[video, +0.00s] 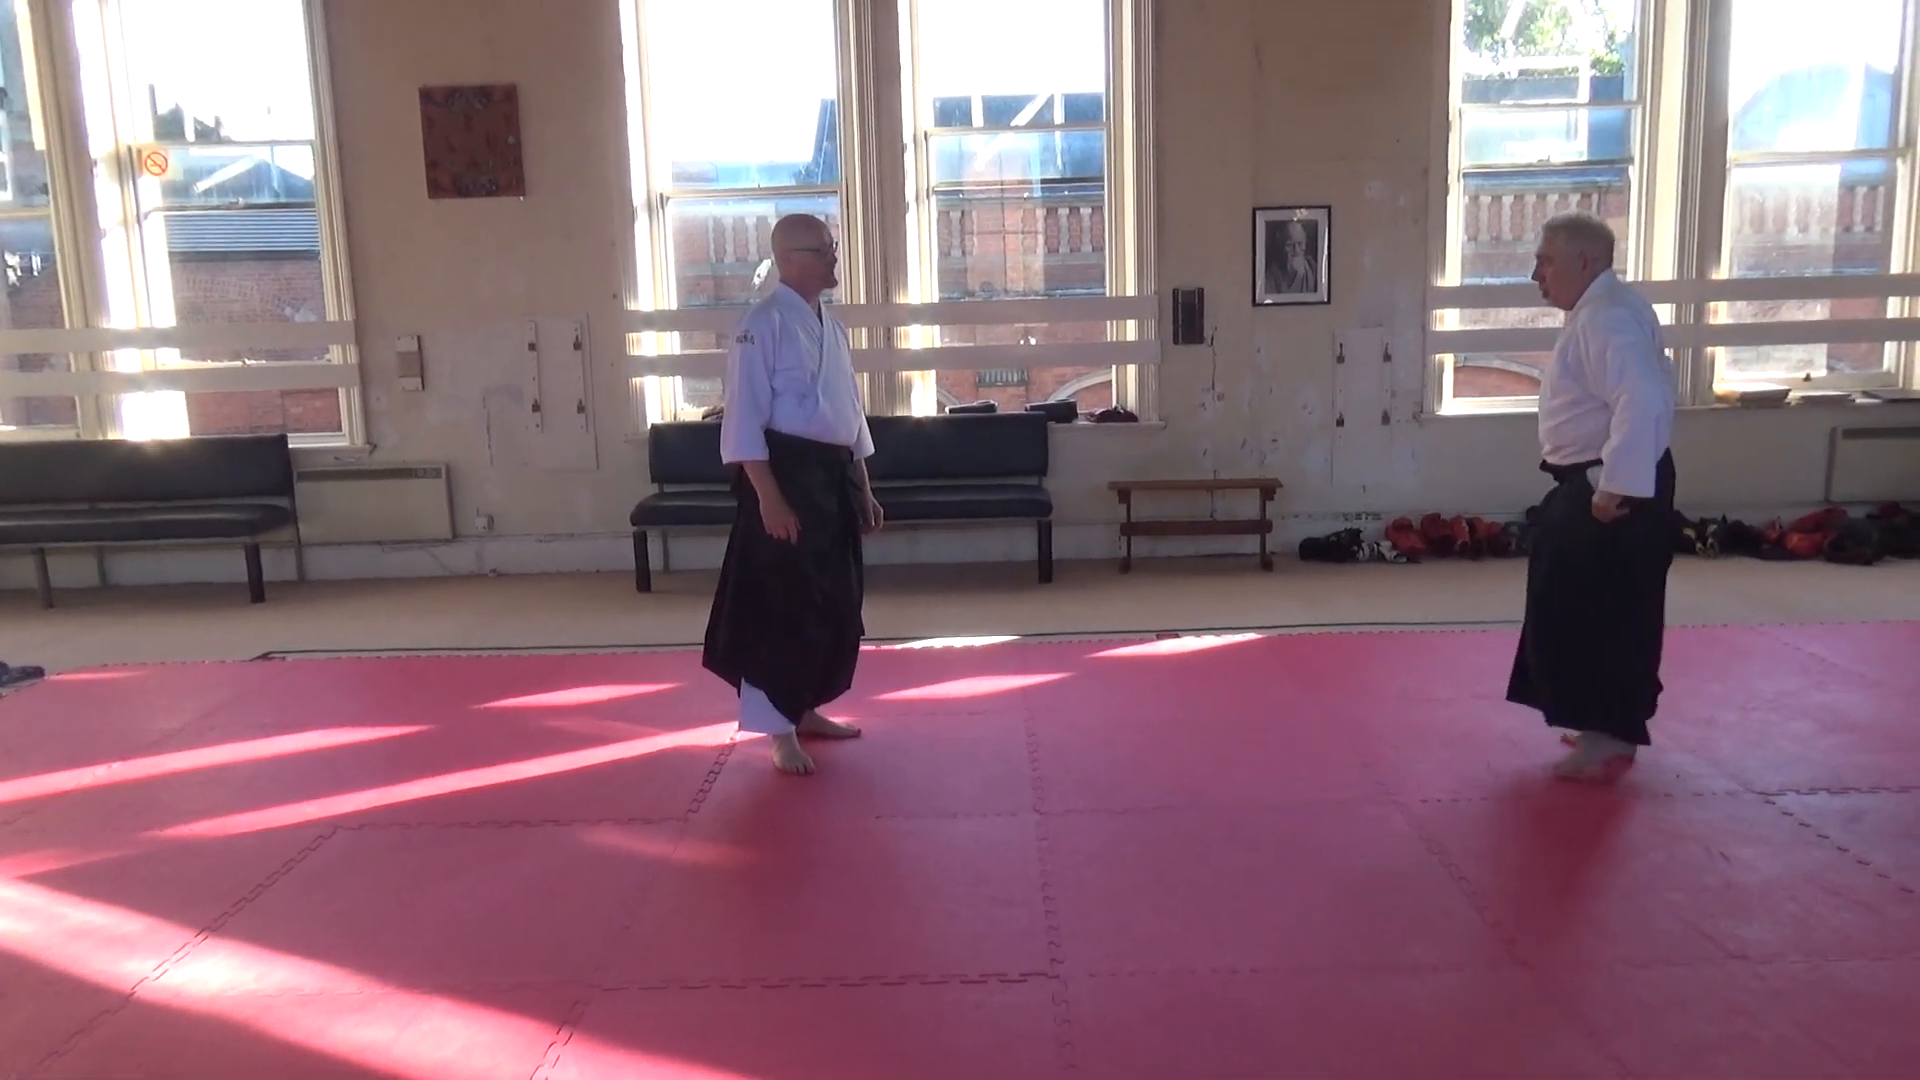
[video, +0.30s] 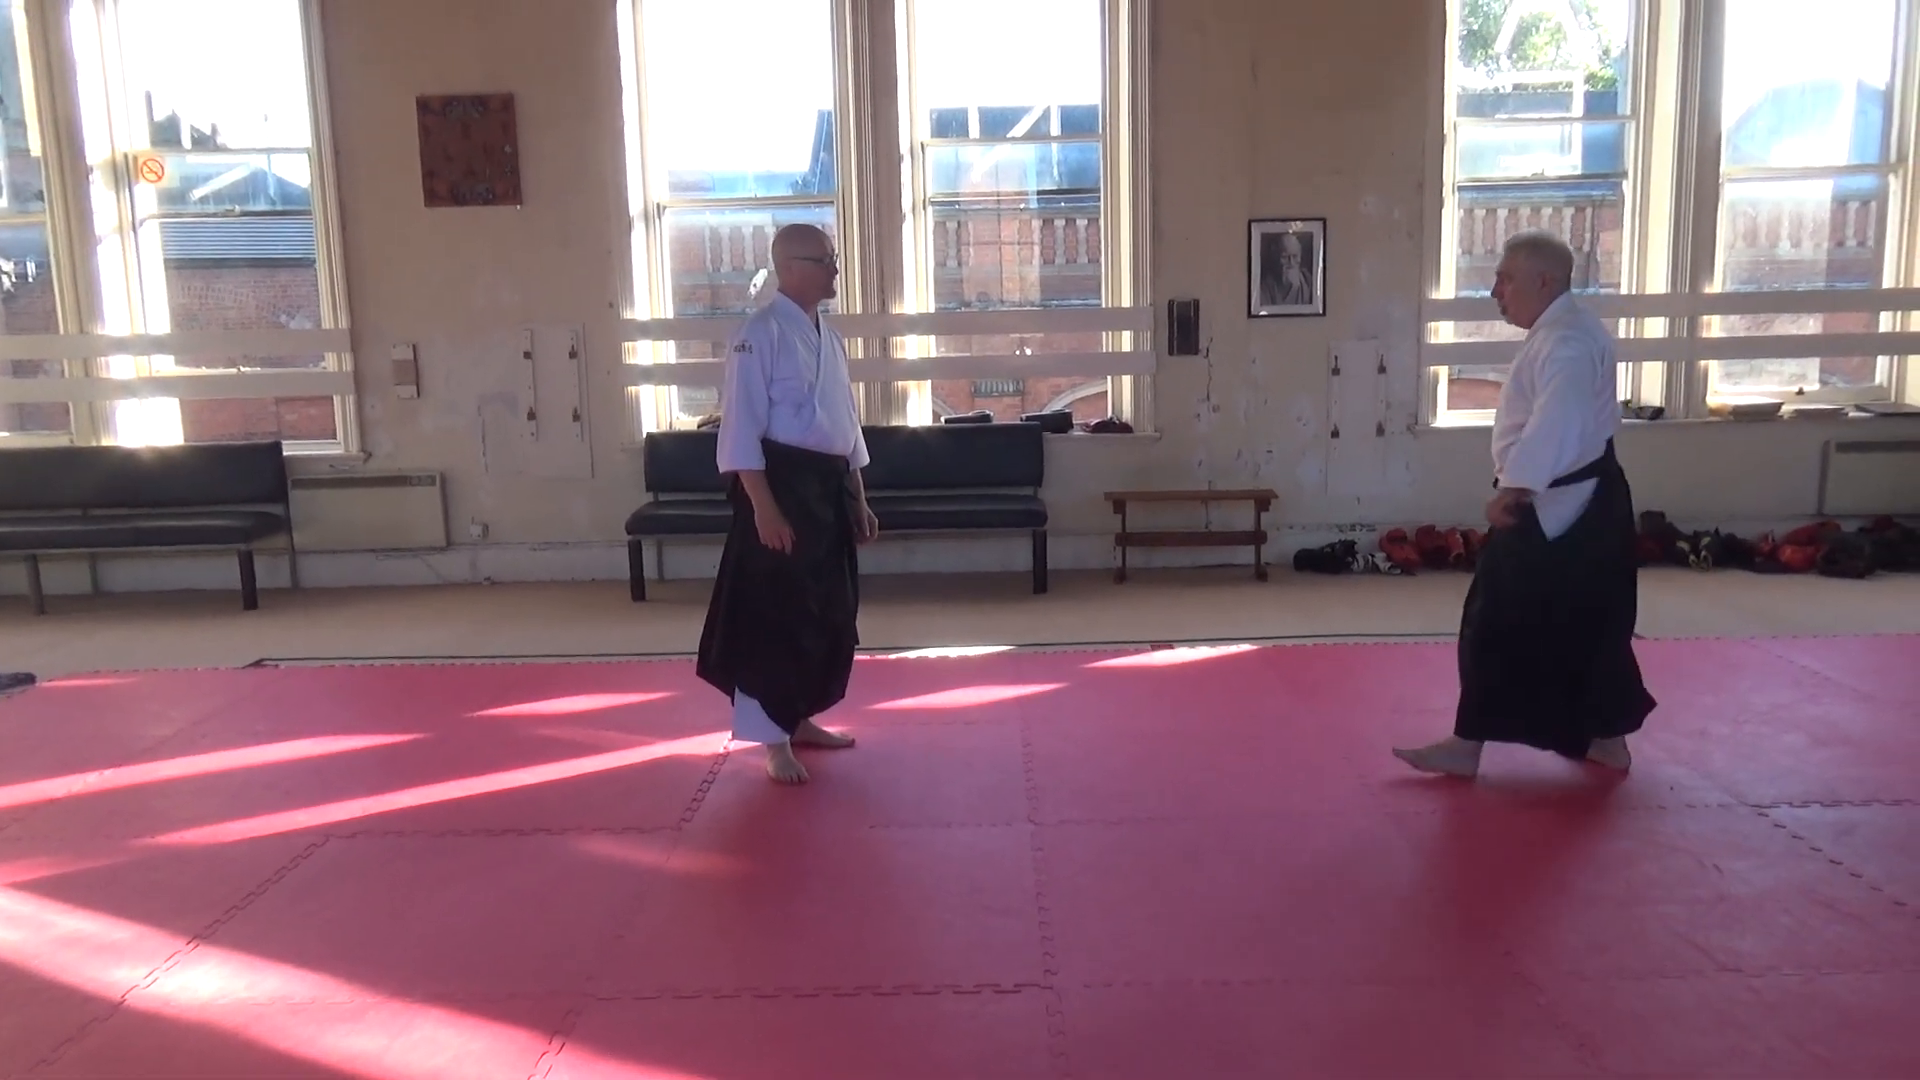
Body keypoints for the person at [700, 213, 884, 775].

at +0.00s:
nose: (834, 257)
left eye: (833, 248)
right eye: (821, 250)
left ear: (818, 257)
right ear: (786, 258)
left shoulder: (830, 322)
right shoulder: (762, 320)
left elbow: (848, 408)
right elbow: (743, 417)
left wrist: (863, 484)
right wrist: (768, 495)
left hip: (832, 470)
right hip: (781, 473)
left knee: (828, 594)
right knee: (781, 598)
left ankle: (805, 709)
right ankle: (780, 727)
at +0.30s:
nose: (834, 269)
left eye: (833, 259)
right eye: (822, 260)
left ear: (816, 268)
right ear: (786, 266)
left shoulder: (825, 332)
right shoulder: (758, 331)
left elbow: (844, 418)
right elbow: (740, 428)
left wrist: (858, 494)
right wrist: (763, 504)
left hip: (827, 481)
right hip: (776, 483)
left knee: (822, 603)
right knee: (775, 608)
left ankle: (799, 718)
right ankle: (775, 736)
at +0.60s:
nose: (820, 269)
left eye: (820, 260)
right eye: (807, 260)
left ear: (809, 268)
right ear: (772, 266)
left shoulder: (813, 333)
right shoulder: (744, 330)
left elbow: (831, 418)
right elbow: (725, 426)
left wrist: (845, 495)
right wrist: (749, 504)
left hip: (814, 481)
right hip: (763, 482)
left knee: (808, 603)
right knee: (761, 608)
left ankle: (786, 718)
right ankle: (762, 737)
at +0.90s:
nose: (801, 257)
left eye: (801, 247)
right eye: (789, 247)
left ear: (786, 254)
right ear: (752, 251)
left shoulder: (794, 321)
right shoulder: (724, 317)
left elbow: (811, 407)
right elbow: (705, 410)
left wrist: (826, 485)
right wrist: (728, 488)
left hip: (795, 471)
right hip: (744, 472)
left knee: (791, 594)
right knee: (740, 600)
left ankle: (769, 711)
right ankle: (744, 731)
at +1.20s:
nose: (778, 230)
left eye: (777, 220)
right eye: (765, 220)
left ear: (755, 228)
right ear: (725, 225)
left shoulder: (770, 300)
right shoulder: (693, 297)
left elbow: (790, 393)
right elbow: (675, 401)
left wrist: (805, 478)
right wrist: (702, 486)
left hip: (773, 464)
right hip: (716, 466)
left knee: (767, 597)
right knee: (714, 603)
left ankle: (746, 724)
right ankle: (719, 745)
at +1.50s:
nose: (757, 235)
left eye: (758, 225)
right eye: (743, 225)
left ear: (751, 231)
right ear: (704, 228)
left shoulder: (755, 307)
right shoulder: (676, 302)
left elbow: (775, 402)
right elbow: (658, 410)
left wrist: (791, 487)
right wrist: (686, 499)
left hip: (758, 472)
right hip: (699, 474)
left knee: (752, 608)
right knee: (698, 615)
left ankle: (731, 739)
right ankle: (704, 761)